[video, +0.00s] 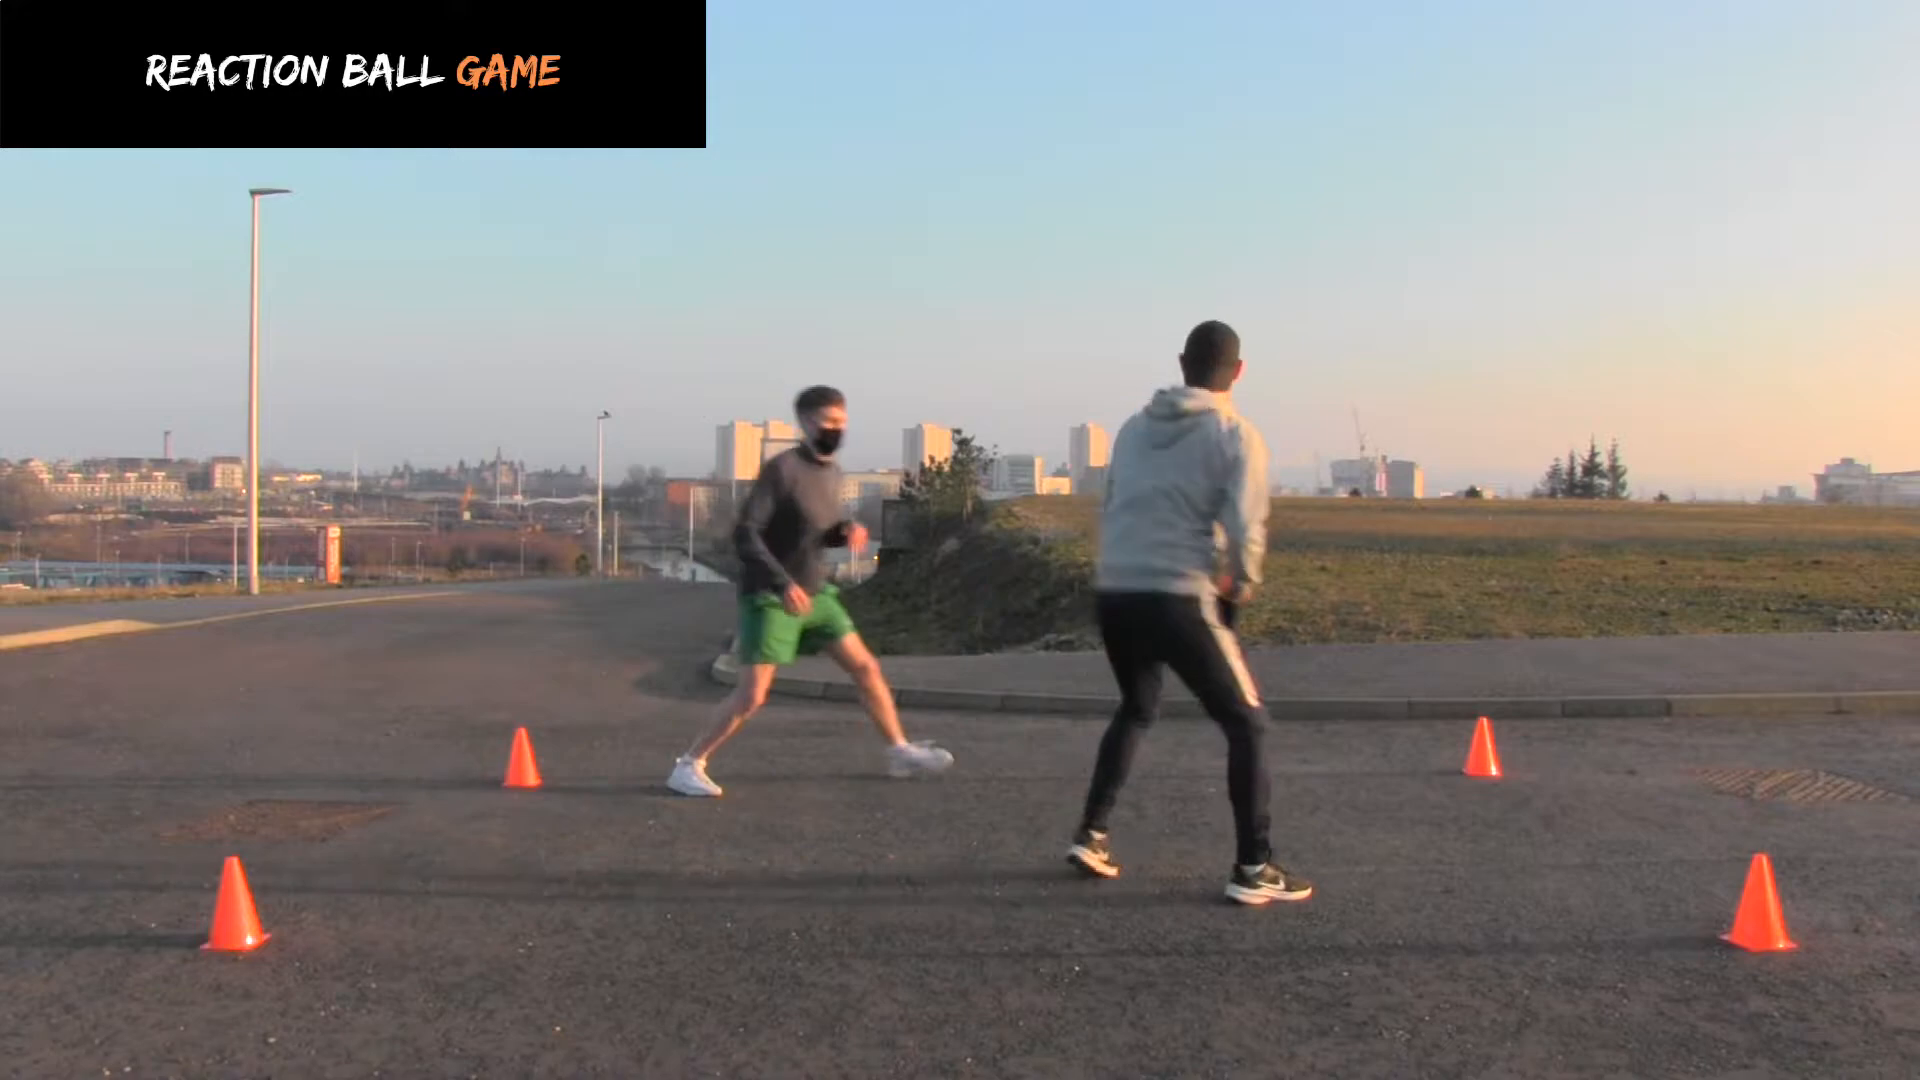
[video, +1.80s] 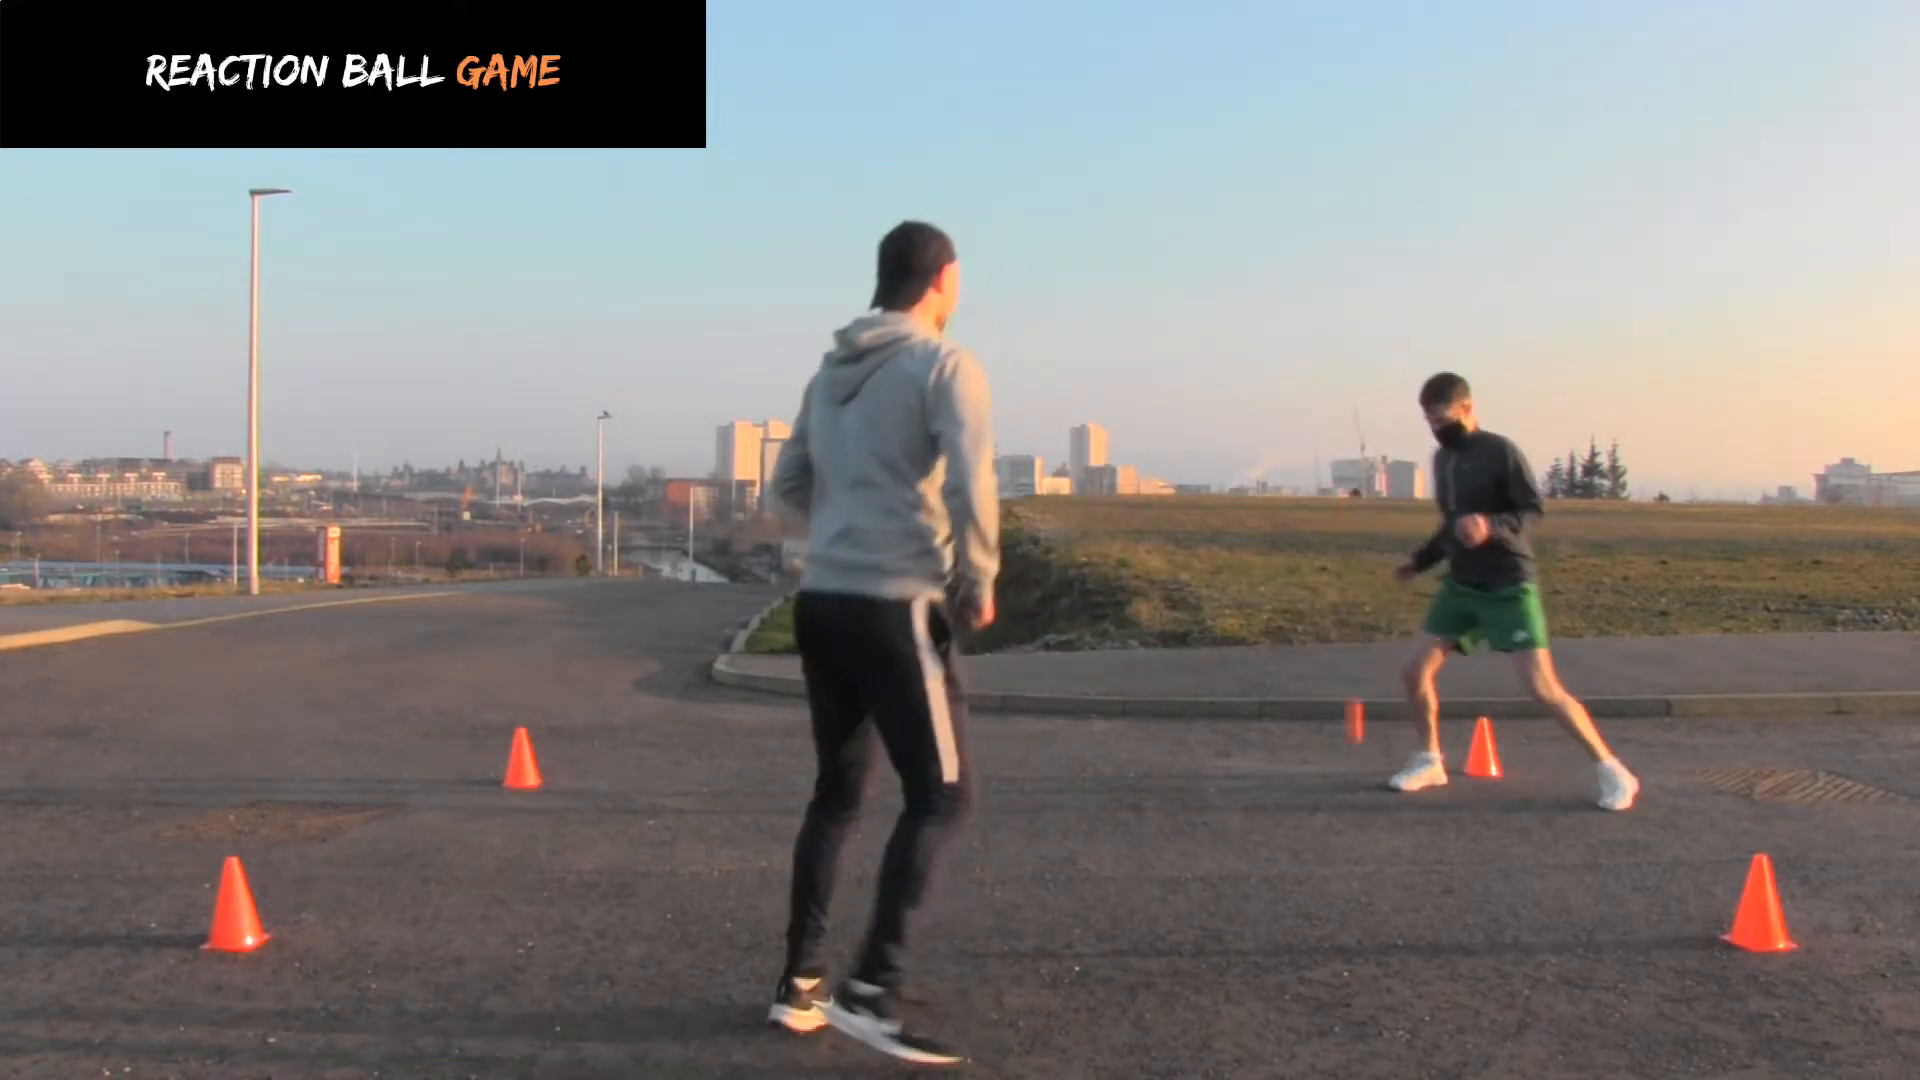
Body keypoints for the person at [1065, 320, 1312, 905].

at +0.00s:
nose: (1240, 375)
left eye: (1233, 364)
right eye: (1240, 366)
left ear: (1182, 364)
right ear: (1235, 371)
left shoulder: (1134, 428)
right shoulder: (1235, 434)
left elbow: (1112, 507)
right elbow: (1243, 524)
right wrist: (1243, 583)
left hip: (1114, 595)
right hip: (1180, 599)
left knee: (1136, 707)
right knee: (1246, 722)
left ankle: (1090, 834)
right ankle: (1253, 866)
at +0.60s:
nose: (1199, 316)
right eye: (1204, 305)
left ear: (1139, 309)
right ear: (1204, 311)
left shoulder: (1091, 381)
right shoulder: (1232, 388)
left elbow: (1042, 462)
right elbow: (1257, 495)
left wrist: (1094, 499)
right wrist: (1196, 481)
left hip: (1103, 591)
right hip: (1188, 594)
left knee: (1127, 747)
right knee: (1186, 762)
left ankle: (1140, 908)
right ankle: (1165, 941)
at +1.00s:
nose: (1126, 289)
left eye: (1110, 278)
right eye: (1124, 278)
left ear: (1052, 287)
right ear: (1117, 284)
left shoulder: (1010, 372)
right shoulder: (1150, 367)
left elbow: (980, 471)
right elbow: (1188, 478)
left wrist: (1048, 463)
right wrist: (1178, 572)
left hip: (1025, 590)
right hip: (1111, 590)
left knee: (1034, 772)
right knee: (1150, 767)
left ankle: (1019, 961)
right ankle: (1151, 950)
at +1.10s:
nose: (1093, 308)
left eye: (1075, 298)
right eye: (1091, 298)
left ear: (1018, 306)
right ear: (1085, 304)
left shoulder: (980, 398)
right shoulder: (1114, 390)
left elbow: (944, 499)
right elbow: (1158, 505)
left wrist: (1004, 516)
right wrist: (1160, 596)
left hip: (994, 622)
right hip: (1079, 625)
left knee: (1025, 786)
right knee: (1131, 781)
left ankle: (1015, 978)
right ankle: (1078, 954)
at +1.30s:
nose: (1048, 282)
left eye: (1007, 269)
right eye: (1050, 270)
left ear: (976, 274)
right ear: (1048, 274)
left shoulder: (934, 362)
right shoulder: (1083, 355)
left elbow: (891, 457)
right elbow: (1126, 471)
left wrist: (958, 497)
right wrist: (1094, 548)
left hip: (955, 594)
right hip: (1043, 597)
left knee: (988, 775)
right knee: (1026, 783)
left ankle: (996, 957)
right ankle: (956, 974)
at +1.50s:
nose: (1026, 308)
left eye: (1018, 295)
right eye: (1025, 297)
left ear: (945, 299)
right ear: (1016, 303)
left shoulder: (894, 397)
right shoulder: (1031, 393)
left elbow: (860, 506)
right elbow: (1078, 527)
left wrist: (933, 524)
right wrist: (1058, 601)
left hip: (902, 631)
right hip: (990, 634)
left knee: (943, 776)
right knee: (997, 822)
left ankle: (906, 947)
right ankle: (934, 1017)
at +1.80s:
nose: (958, 292)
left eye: (954, 277)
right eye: (956, 279)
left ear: (883, 280)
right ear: (939, 283)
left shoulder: (832, 371)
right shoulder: (946, 364)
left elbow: (786, 490)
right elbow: (970, 481)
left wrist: (861, 516)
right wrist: (980, 581)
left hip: (821, 601)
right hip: (896, 605)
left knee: (838, 790)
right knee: (941, 795)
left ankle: (800, 984)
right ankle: (871, 990)